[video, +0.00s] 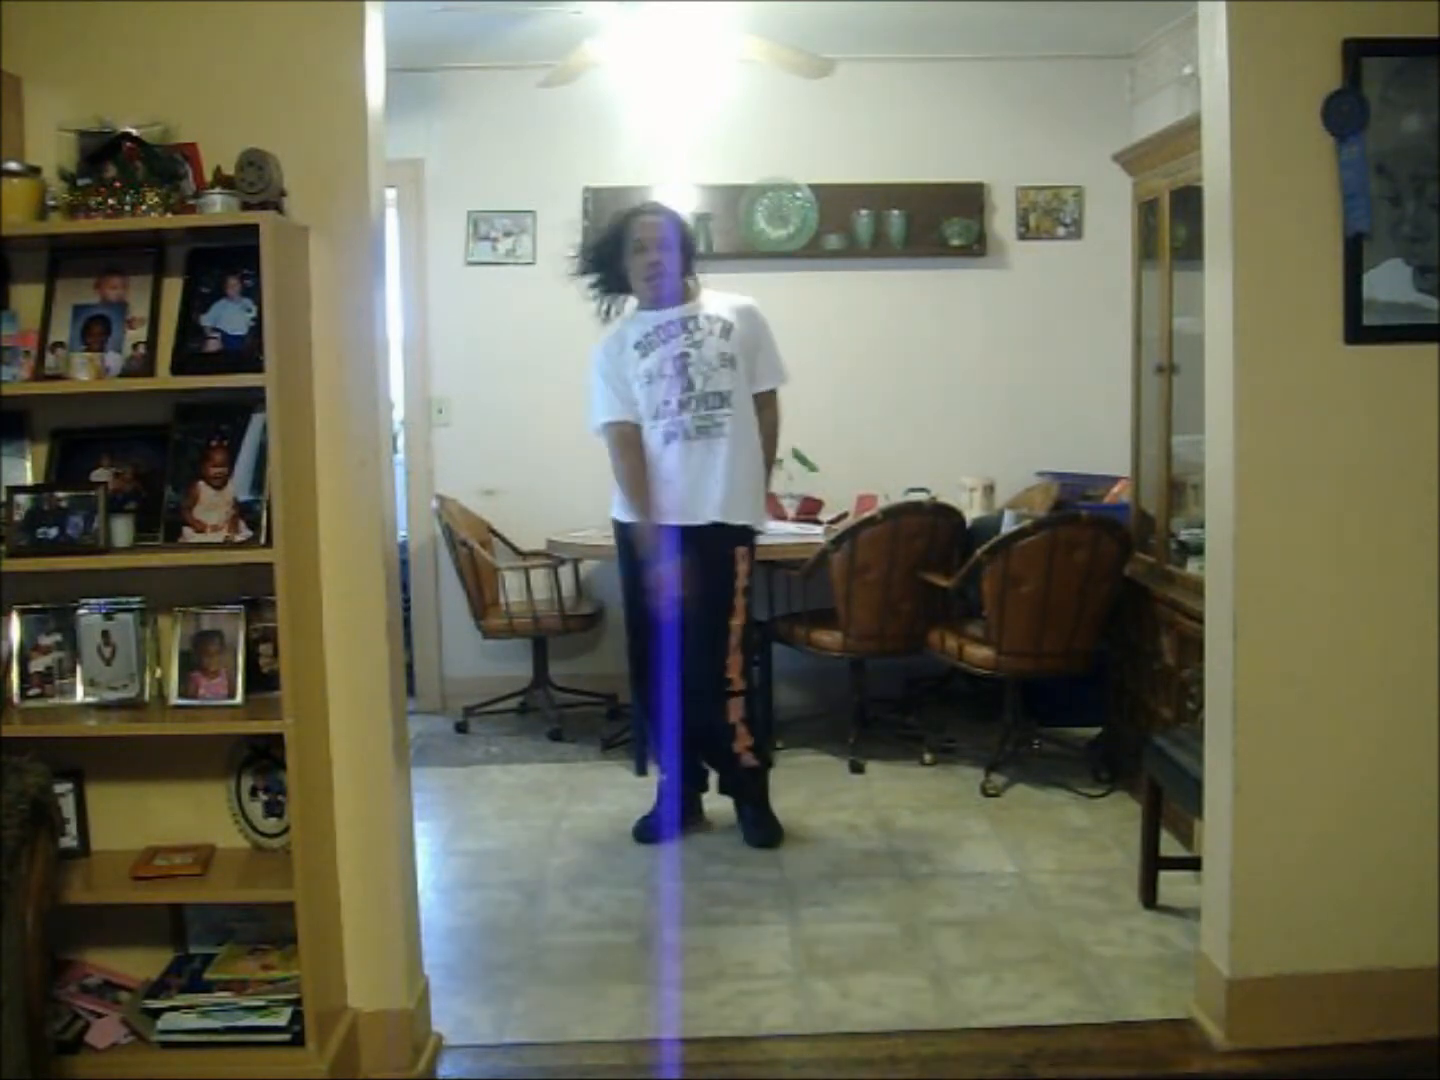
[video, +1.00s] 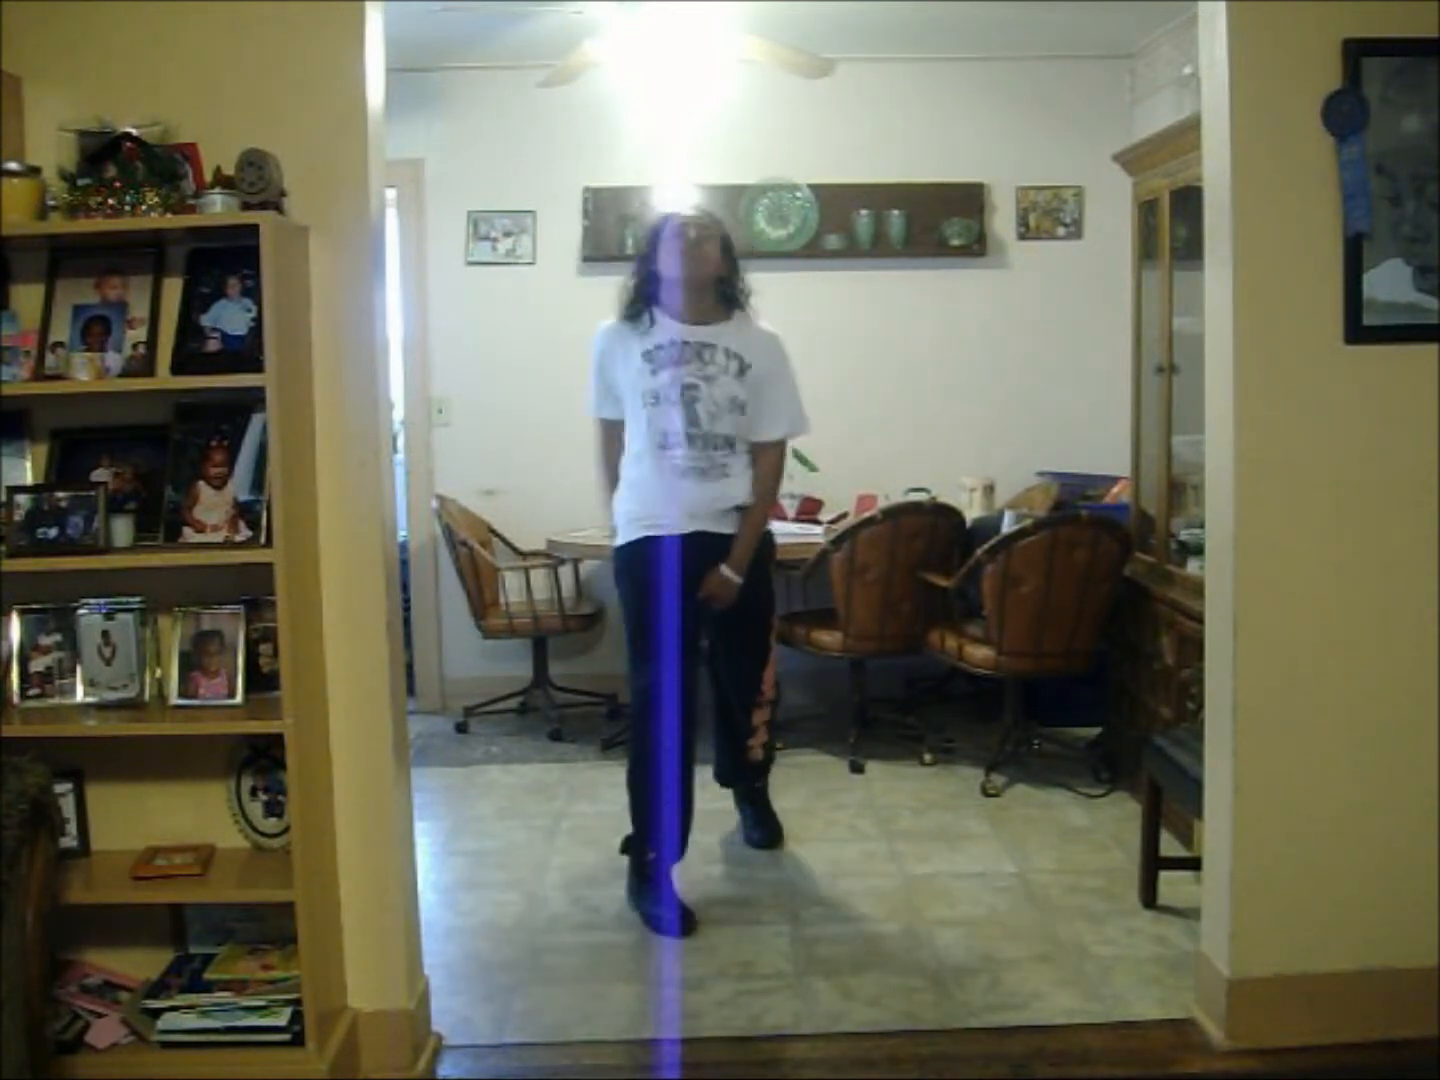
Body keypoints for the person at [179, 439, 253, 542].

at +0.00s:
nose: (219, 472)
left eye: (224, 467)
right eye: (214, 466)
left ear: (230, 469)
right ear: (203, 468)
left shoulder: (231, 488)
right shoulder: (199, 488)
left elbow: (236, 509)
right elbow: (186, 511)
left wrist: (234, 523)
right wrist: (199, 526)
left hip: (225, 532)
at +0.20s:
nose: (219, 472)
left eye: (224, 467)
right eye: (214, 466)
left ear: (230, 469)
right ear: (203, 468)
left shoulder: (231, 488)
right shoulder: (199, 488)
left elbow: (236, 509)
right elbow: (186, 510)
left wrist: (234, 524)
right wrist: (199, 525)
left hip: (225, 533)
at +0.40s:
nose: (219, 472)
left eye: (224, 467)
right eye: (214, 467)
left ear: (230, 470)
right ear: (203, 468)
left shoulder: (231, 489)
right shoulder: (199, 488)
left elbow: (236, 510)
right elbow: (186, 511)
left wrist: (234, 524)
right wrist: (199, 526)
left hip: (225, 534)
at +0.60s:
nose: (219, 472)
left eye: (224, 467)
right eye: (214, 466)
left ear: (231, 469)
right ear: (203, 468)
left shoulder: (231, 488)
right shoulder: (199, 488)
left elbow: (236, 509)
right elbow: (186, 511)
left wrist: (234, 523)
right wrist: (199, 526)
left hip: (225, 534)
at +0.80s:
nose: (219, 472)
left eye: (224, 467)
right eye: (214, 466)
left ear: (231, 469)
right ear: (203, 468)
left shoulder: (231, 488)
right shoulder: (199, 488)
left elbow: (236, 509)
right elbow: (186, 511)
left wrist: (234, 523)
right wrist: (199, 526)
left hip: (225, 533)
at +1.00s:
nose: (219, 472)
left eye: (224, 467)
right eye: (214, 466)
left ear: (230, 469)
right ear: (203, 468)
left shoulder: (231, 488)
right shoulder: (199, 488)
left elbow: (236, 509)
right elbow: (186, 510)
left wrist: (234, 523)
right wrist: (198, 525)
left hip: (225, 534)